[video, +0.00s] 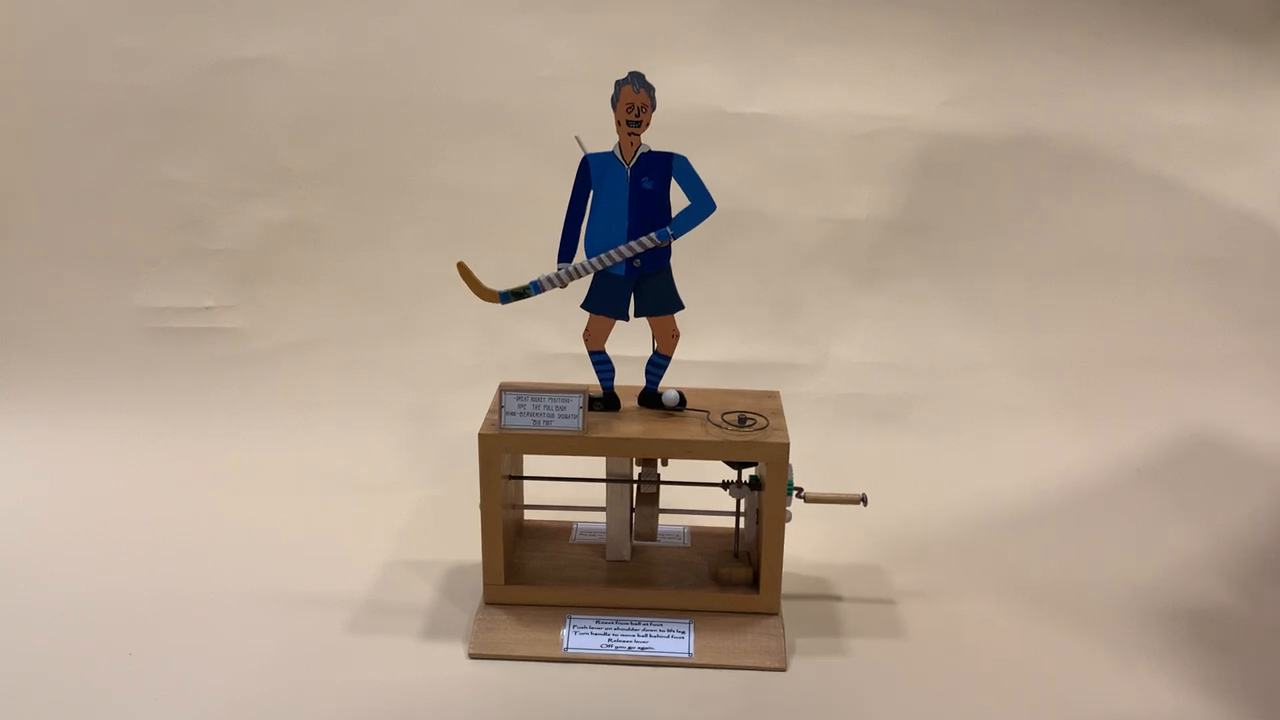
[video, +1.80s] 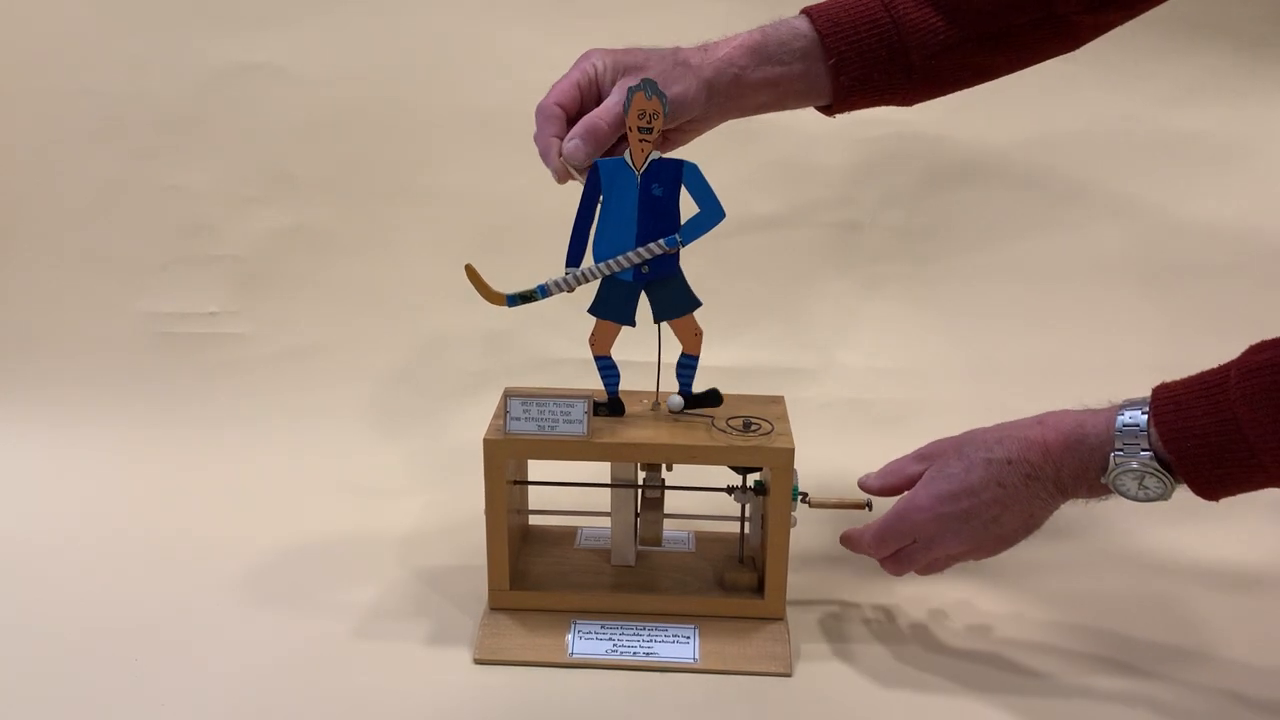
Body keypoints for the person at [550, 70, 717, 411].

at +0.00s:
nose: (636, 114)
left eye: (643, 108)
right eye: (628, 106)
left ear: (652, 114)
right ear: (613, 111)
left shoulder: (669, 163)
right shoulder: (593, 165)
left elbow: (705, 204)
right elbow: (574, 217)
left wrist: (668, 233)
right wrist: (564, 265)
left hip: (654, 270)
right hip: (611, 270)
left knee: (668, 337)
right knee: (593, 338)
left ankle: (650, 393)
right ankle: (608, 394)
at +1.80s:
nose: (646, 128)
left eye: (653, 121)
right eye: (639, 120)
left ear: (662, 125)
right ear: (626, 123)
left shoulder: (679, 170)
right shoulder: (603, 170)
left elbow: (715, 212)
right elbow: (583, 221)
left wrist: (678, 240)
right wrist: (572, 269)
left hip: (663, 273)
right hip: (618, 274)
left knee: (692, 337)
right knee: (599, 343)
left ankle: (684, 396)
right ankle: (613, 401)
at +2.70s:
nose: (649, 121)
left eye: (655, 113)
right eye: (641, 113)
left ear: (665, 119)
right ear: (627, 118)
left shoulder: (681, 167)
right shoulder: (605, 167)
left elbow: (715, 210)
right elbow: (585, 219)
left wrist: (677, 239)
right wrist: (573, 267)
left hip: (667, 266)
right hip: (620, 269)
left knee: (717, 316)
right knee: (600, 341)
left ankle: (731, 376)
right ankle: (614, 398)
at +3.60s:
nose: (645, 117)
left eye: (653, 110)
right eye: (639, 109)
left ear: (662, 118)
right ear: (626, 114)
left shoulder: (680, 163)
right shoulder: (604, 165)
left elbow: (715, 206)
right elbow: (584, 217)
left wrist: (678, 234)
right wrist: (573, 265)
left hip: (664, 267)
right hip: (620, 268)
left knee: (691, 334)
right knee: (602, 338)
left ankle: (682, 391)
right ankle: (617, 396)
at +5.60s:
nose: (644, 112)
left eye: (651, 106)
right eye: (637, 105)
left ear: (659, 113)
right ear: (622, 110)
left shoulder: (677, 161)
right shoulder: (600, 163)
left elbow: (713, 202)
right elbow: (581, 217)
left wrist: (676, 232)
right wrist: (571, 265)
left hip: (662, 265)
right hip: (618, 266)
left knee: (689, 330)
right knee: (601, 337)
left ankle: (679, 389)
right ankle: (616, 393)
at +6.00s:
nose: (644, 112)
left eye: (651, 105)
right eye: (637, 104)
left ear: (660, 112)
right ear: (622, 109)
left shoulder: (677, 160)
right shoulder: (601, 162)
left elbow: (714, 202)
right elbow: (582, 216)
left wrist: (676, 232)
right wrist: (572, 264)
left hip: (663, 264)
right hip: (619, 266)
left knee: (690, 330)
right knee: (601, 336)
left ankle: (680, 389)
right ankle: (617, 393)